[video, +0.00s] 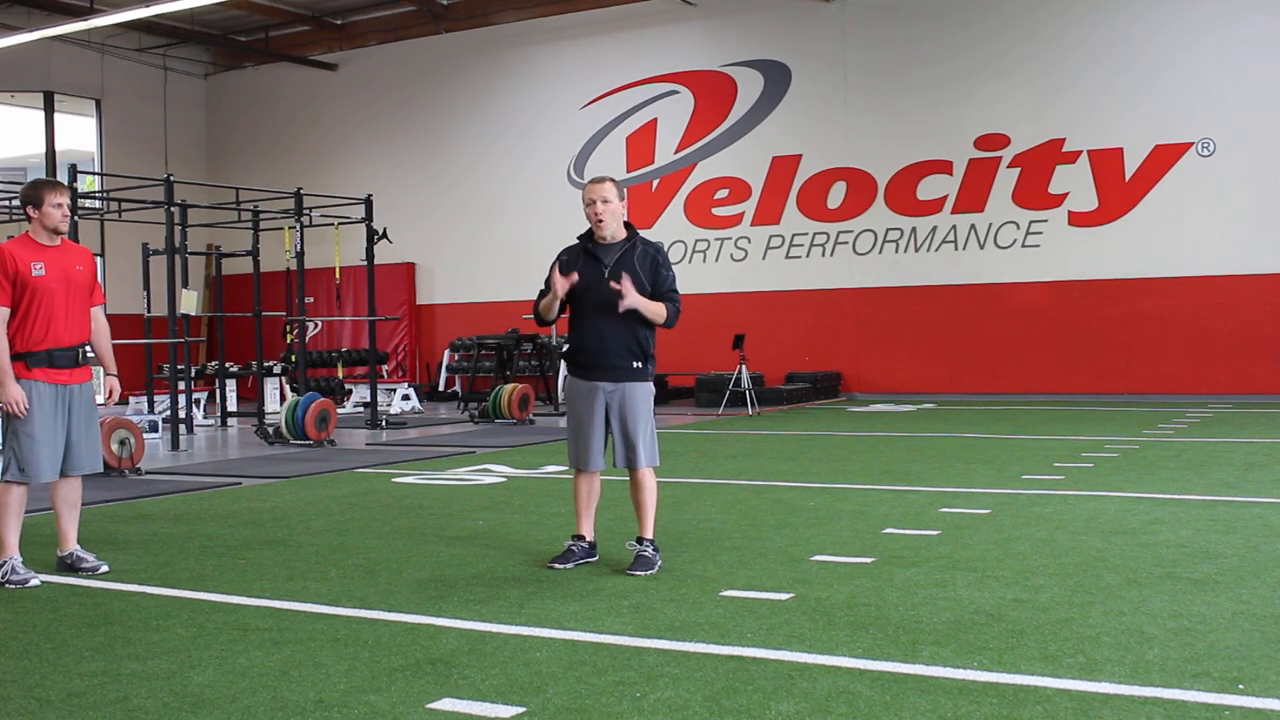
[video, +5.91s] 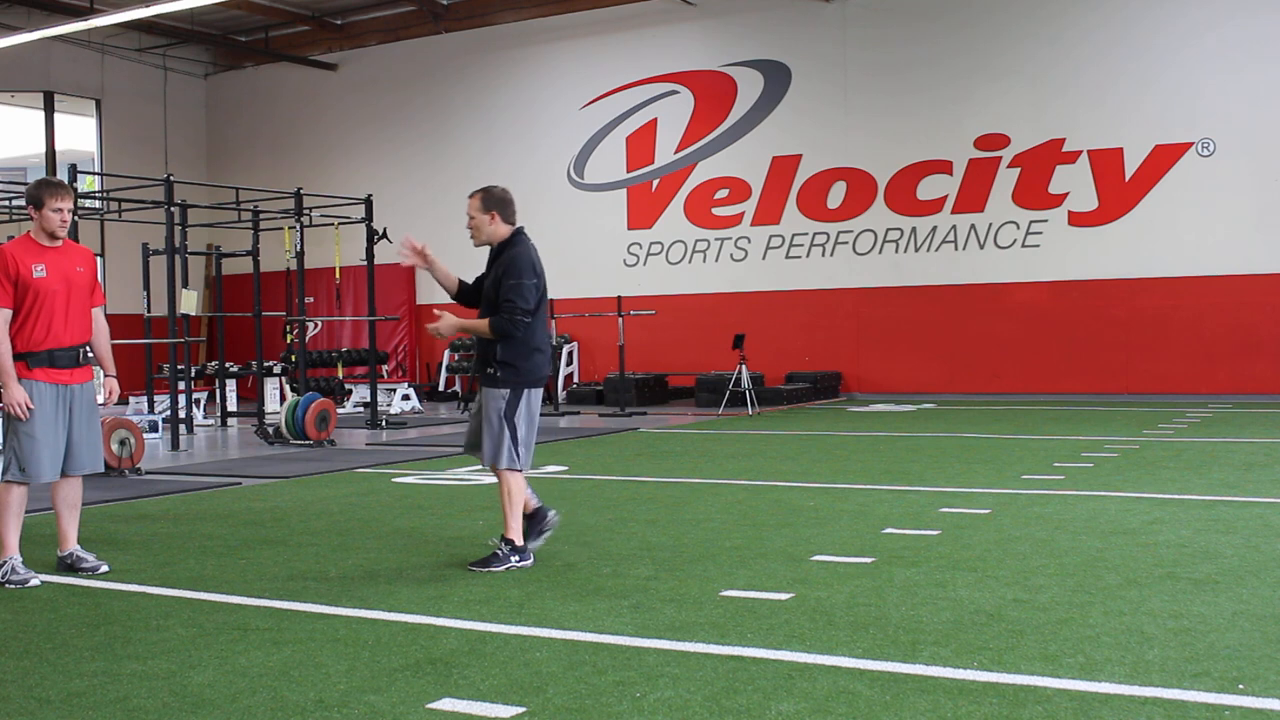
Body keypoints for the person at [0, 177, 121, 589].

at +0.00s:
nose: (66, 212)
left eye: (68, 206)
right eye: (57, 206)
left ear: (69, 211)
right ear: (32, 211)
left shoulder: (84, 257)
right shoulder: (11, 254)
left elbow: (96, 318)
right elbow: (0, 325)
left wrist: (111, 370)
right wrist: (6, 381)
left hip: (76, 376)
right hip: (29, 378)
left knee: (72, 466)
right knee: (18, 473)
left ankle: (69, 551)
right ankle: (10, 559)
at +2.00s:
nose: (67, 213)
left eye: (69, 206)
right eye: (58, 207)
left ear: (70, 210)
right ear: (34, 211)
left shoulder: (84, 257)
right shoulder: (11, 254)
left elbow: (97, 319)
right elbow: (1, 325)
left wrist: (111, 370)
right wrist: (7, 381)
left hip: (77, 377)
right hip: (30, 378)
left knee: (72, 466)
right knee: (19, 473)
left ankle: (69, 551)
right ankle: (10, 559)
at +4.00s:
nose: (67, 215)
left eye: (70, 208)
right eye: (59, 208)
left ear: (73, 211)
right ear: (35, 212)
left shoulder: (85, 257)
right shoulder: (12, 255)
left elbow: (97, 319)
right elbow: (1, 326)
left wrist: (110, 371)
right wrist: (9, 382)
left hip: (78, 377)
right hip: (30, 378)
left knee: (72, 467)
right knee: (19, 473)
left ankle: (69, 551)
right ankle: (10, 559)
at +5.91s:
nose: (65, 217)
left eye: (69, 210)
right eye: (56, 210)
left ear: (73, 212)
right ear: (34, 212)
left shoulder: (85, 257)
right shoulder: (11, 255)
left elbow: (97, 319)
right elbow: (1, 326)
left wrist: (110, 371)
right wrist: (8, 382)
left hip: (78, 376)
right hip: (30, 378)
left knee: (73, 466)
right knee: (19, 473)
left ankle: (69, 551)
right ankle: (9, 559)